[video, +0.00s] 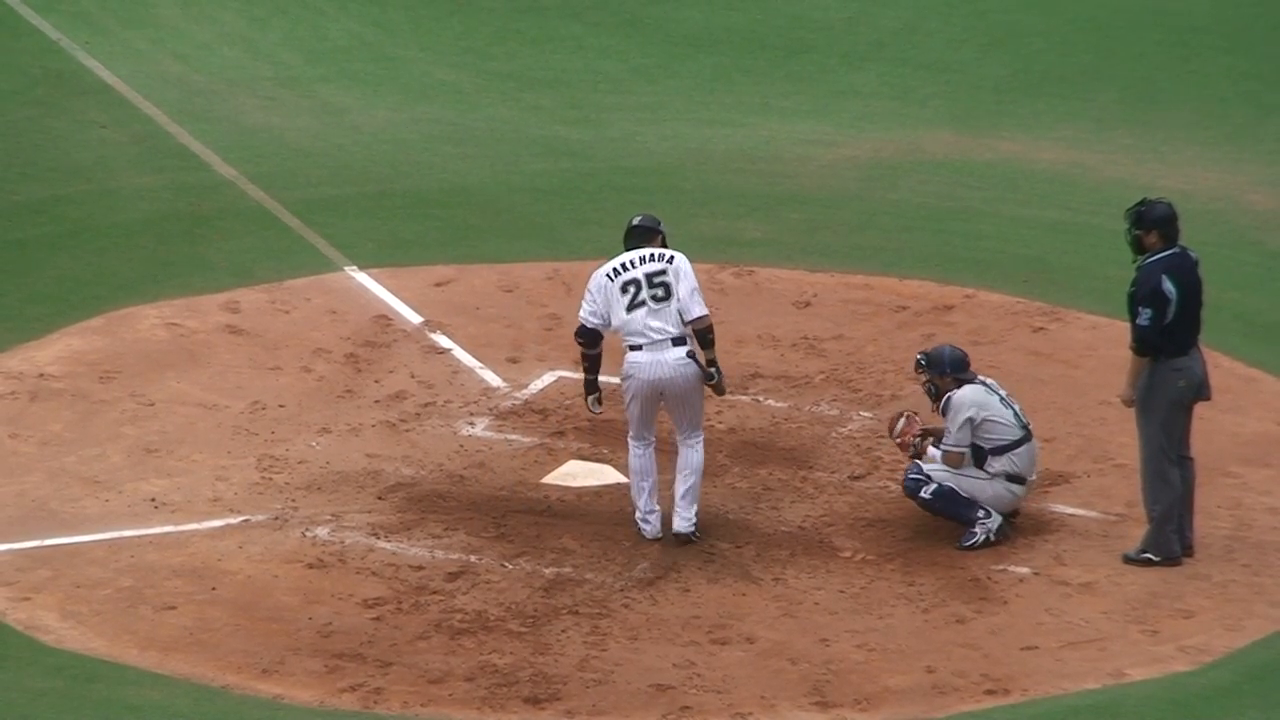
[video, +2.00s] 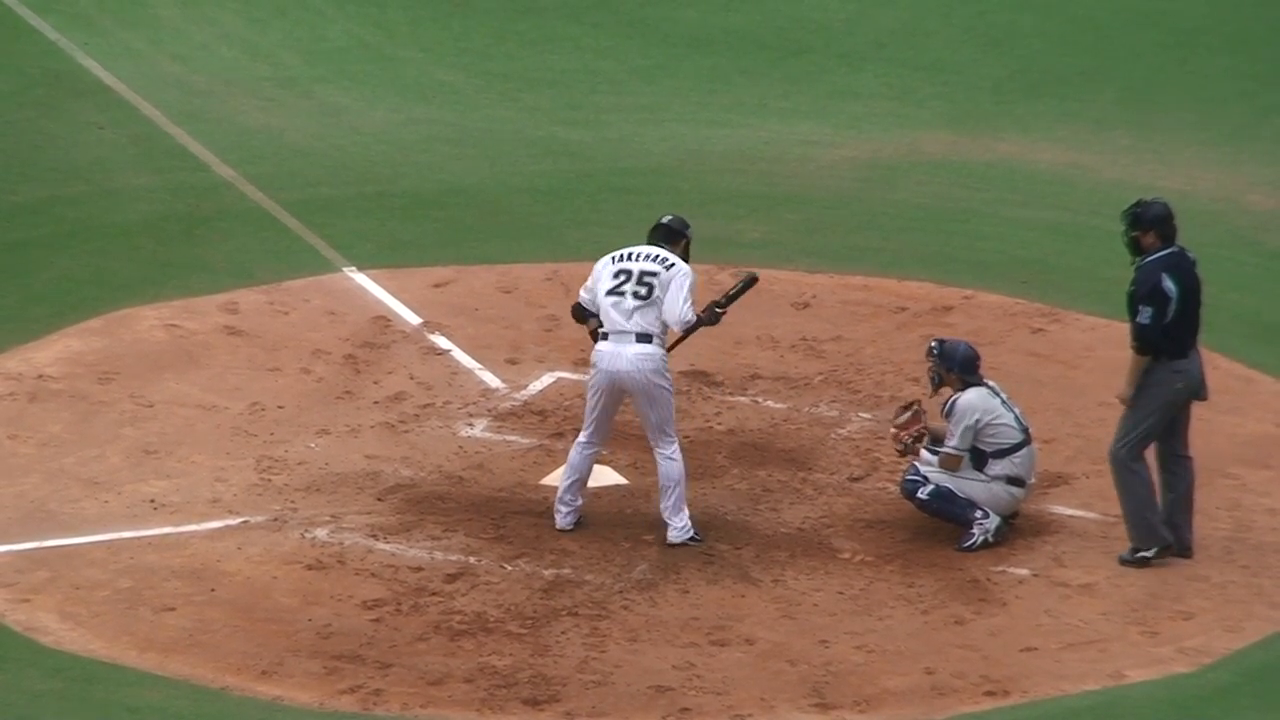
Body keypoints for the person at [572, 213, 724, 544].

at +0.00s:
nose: (663, 244)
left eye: (661, 240)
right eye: (662, 239)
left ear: (627, 241)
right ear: (657, 239)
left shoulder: (605, 274)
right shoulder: (675, 260)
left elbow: (589, 335)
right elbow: (699, 321)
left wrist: (591, 383)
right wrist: (712, 364)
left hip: (637, 365)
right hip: (681, 361)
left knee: (640, 441)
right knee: (690, 437)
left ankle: (648, 522)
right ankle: (685, 521)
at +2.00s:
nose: (685, 250)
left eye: (685, 245)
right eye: (685, 245)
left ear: (652, 237)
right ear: (678, 243)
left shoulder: (610, 259)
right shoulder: (678, 268)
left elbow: (581, 310)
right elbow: (679, 320)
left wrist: (598, 328)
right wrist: (705, 318)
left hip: (605, 353)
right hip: (646, 356)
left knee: (589, 437)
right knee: (665, 444)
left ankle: (564, 514)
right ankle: (678, 527)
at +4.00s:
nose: (678, 260)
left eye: (679, 256)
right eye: (677, 256)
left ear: (642, 250)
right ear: (671, 254)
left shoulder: (607, 270)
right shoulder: (672, 273)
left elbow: (576, 329)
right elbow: (670, 333)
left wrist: (576, 373)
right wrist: (671, 373)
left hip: (594, 352)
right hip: (639, 354)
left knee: (586, 435)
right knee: (662, 444)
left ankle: (565, 511)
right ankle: (680, 526)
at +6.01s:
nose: (605, 224)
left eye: (608, 221)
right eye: (644, 219)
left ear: (610, 225)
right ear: (643, 225)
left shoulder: (596, 254)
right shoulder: (660, 268)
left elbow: (627, 260)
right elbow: (700, 293)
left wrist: (660, 248)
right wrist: (684, 257)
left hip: (603, 362)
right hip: (645, 367)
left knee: (593, 437)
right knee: (670, 443)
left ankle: (566, 513)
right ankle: (678, 527)